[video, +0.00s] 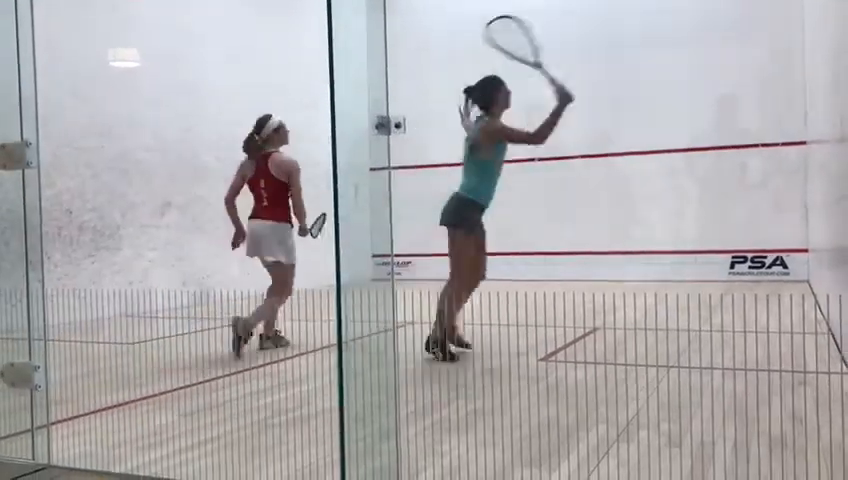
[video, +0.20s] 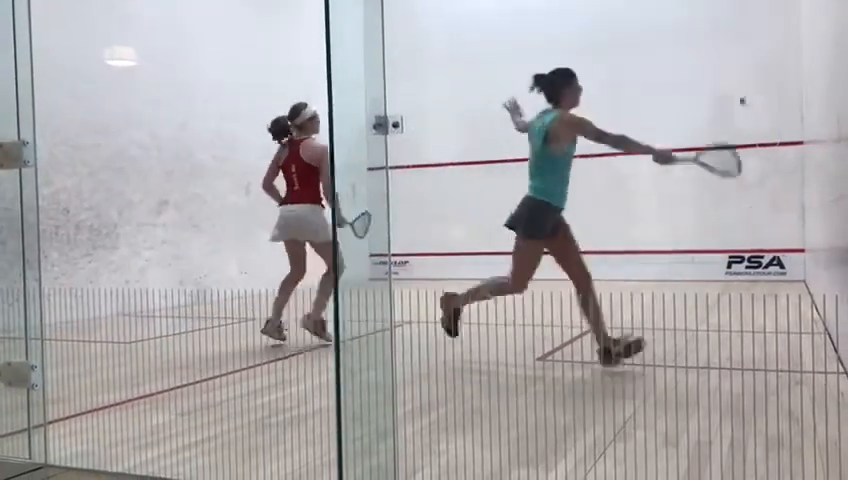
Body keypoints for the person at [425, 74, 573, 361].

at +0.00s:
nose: (510, 94)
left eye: (507, 90)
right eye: (505, 91)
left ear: (487, 99)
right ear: (495, 98)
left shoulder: (483, 127)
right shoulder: (490, 128)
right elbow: (536, 138)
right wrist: (561, 105)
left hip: (469, 211)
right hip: (464, 211)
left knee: (475, 273)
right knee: (463, 275)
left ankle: (447, 327)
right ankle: (438, 337)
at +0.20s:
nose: (580, 90)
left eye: (578, 85)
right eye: (575, 86)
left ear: (555, 93)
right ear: (562, 93)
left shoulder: (541, 119)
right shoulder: (569, 121)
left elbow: (521, 126)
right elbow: (612, 140)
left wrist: (515, 114)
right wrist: (653, 151)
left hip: (547, 215)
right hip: (537, 214)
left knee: (582, 280)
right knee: (517, 282)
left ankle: (606, 345)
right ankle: (455, 302)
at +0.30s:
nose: (616, 112)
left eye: (615, 106)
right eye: (612, 107)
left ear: (589, 111)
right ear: (601, 111)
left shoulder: (578, 139)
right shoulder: (608, 141)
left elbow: (558, 149)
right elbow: (646, 175)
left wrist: (572, 139)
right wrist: (682, 194)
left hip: (583, 234)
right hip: (573, 234)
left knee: (631, 284)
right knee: (584, 309)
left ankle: (628, 358)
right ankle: (514, 304)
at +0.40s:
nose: (658, 122)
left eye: (658, 116)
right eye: (656, 117)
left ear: (630, 118)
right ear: (646, 118)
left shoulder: (605, 144)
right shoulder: (640, 150)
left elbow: (614, 165)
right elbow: (679, 193)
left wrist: (650, 157)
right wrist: (719, 214)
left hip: (579, 229)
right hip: (591, 231)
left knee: (651, 283)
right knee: (650, 284)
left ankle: (631, 351)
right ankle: (600, 343)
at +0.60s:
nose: (724, 151)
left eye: (725, 145)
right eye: (724, 145)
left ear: (697, 137)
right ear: (718, 144)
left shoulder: (669, 156)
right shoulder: (698, 165)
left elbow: (641, 206)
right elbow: (697, 211)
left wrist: (675, 235)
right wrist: (724, 259)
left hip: (615, 230)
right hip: (640, 228)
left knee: (672, 288)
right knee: (700, 298)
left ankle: (633, 348)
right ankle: (716, 379)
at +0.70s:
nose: (740, 137)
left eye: (741, 130)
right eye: (741, 130)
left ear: (714, 123)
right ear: (737, 129)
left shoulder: (685, 144)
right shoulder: (717, 152)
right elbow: (701, 200)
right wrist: (716, 254)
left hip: (631, 220)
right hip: (657, 218)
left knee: (680, 290)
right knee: (711, 288)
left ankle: (640, 353)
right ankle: (716, 379)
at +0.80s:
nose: (743, 114)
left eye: (744, 107)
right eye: (744, 107)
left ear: (716, 99)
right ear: (738, 105)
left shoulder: (685, 125)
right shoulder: (724, 130)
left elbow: (634, 147)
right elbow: (704, 170)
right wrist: (714, 227)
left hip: (641, 206)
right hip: (671, 205)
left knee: (681, 286)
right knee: (711, 286)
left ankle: (639, 353)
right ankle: (714, 379)